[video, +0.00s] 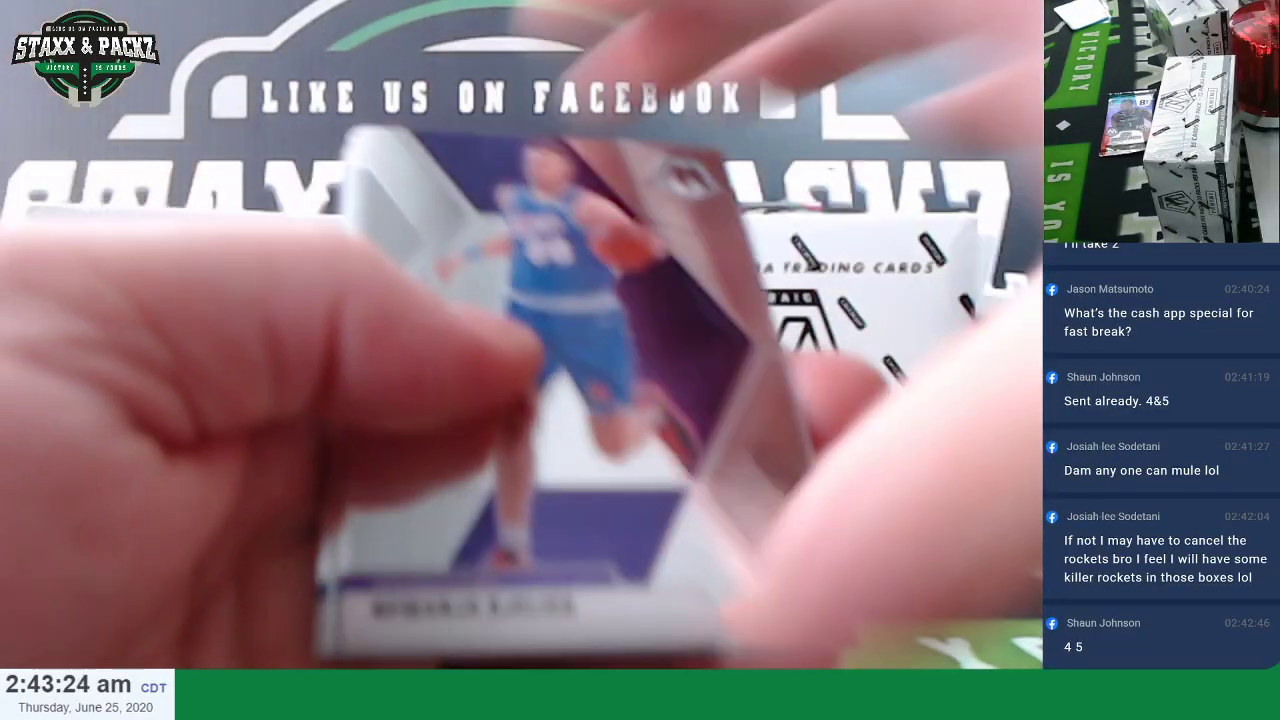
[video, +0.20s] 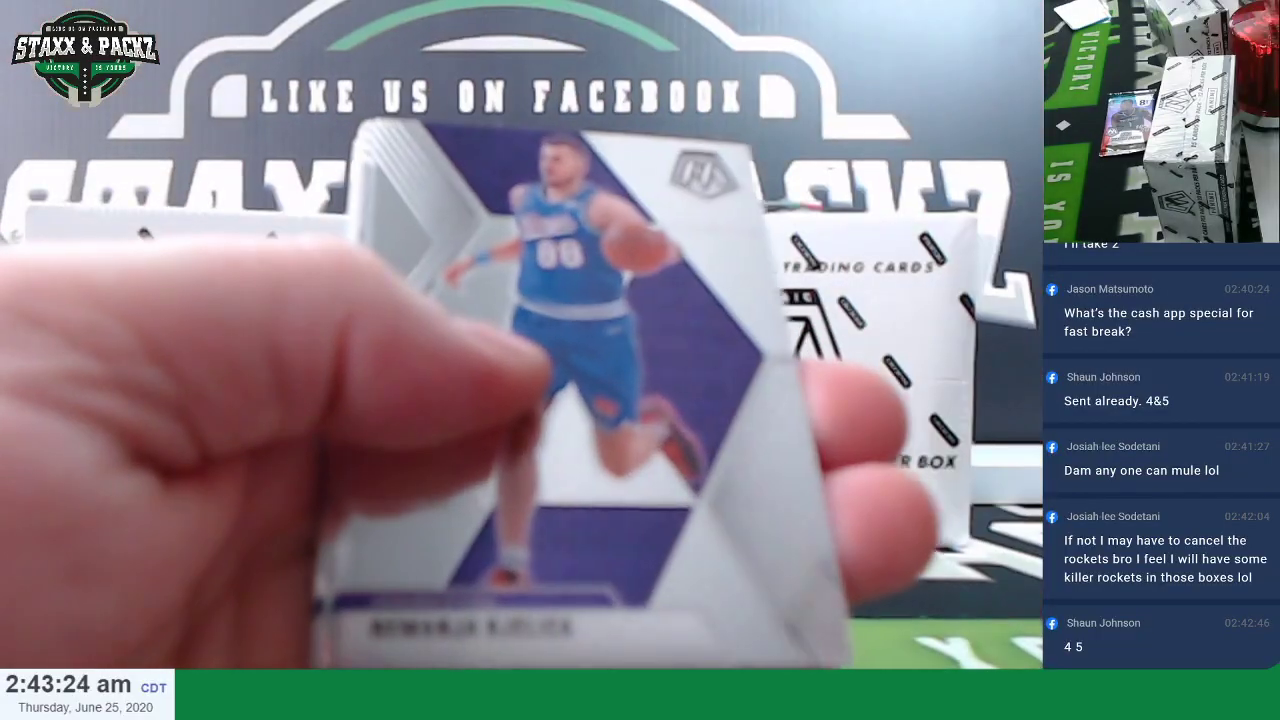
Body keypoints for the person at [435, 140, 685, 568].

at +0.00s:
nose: (543, 163)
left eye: (554, 154)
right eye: (536, 153)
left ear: (571, 164)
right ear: (524, 160)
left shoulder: (587, 207)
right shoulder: (512, 200)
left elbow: (637, 243)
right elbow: (517, 239)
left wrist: (637, 248)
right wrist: (464, 256)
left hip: (594, 329)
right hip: (529, 327)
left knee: (614, 444)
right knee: (509, 425)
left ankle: (654, 409)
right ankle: (513, 547)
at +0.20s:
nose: (552, 163)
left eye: (562, 156)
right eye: (547, 156)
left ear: (584, 165)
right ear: (539, 163)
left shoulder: (602, 206)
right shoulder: (522, 198)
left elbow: (641, 236)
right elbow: (530, 244)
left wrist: (654, 250)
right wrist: (476, 260)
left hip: (602, 336)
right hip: (535, 331)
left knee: (618, 460)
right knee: (515, 440)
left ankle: (662, 426)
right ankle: (512, 566)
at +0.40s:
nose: (542, 134)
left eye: (552, 126)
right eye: (537, 126)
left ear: (574, 134)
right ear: (528, 132)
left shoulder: (591, 177)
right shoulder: (512, 170)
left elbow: (637, 210)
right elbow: (521, 217)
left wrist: (643, 224)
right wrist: (465, 235)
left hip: (591, 313)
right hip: (524, 308)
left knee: (606, 439)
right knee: (504, 419)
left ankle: (650, 404)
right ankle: (501, 546)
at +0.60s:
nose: (516, 120)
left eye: (527, 112)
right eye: (511, 113)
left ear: (549, 121)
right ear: (502, 119)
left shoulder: (567, 164)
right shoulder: (486, 157)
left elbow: (609, 201)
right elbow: (495, 202)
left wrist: (621, 210)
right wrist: (439, 224)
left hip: (565, 299)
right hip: (499, 293)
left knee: (580, 425)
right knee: (481, 402)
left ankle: (623, 389)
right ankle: (478, 530)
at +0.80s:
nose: (518, 112)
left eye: (527, 104)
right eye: (511, 105)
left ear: (548, 110)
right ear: (501, 112)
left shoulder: (566, 155)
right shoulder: (486, 148)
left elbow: (603, 191)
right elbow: (494, 196)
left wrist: (606, 207)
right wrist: (437, 215)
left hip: (564, 294)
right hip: (499, 289)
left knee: (580, 420)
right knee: (478, 401)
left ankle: (625, 384)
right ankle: (475, 526)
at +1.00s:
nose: (568, 109)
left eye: (578, 102)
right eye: (563, 102)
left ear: (602, 111)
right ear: (555, 110)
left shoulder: (622, 154)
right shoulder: (539, 147)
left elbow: (679, 194)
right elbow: (550, 193)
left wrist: (677, 203)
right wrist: (495, 213)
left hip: (622, 290)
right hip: (555, 284)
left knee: (639, 422)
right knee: (538, 398)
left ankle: (682, 383)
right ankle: (536, 526)